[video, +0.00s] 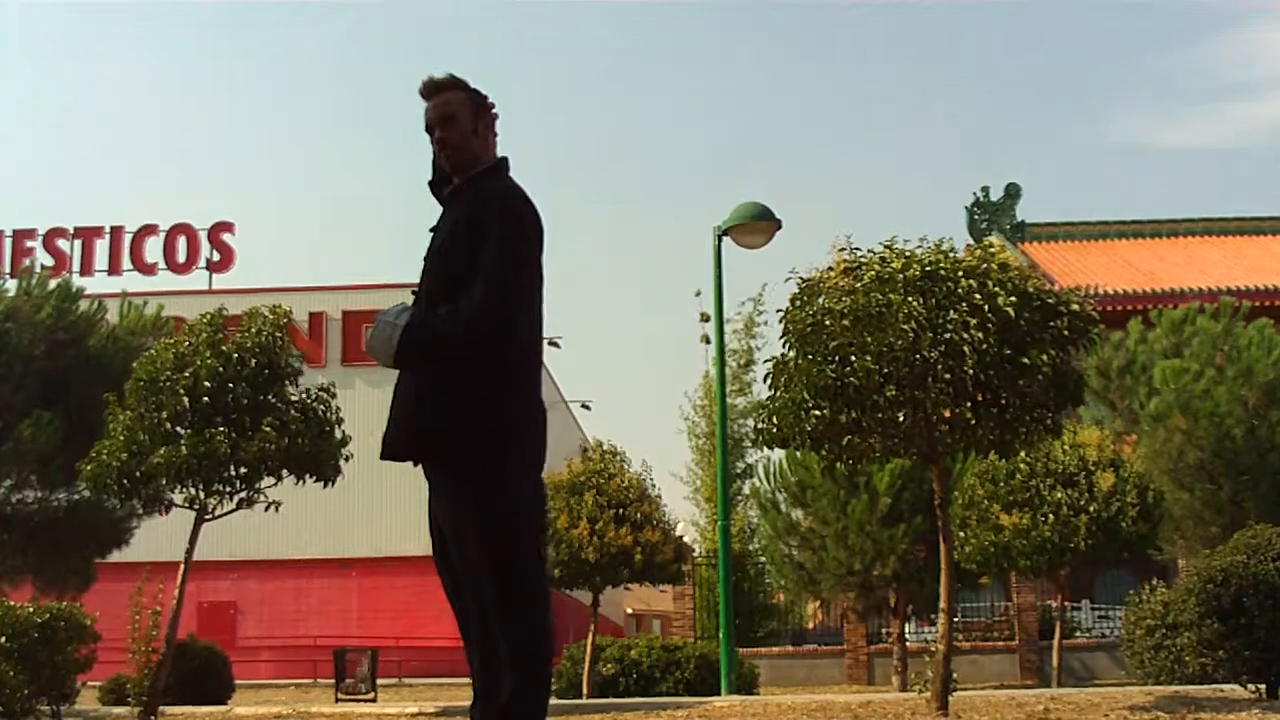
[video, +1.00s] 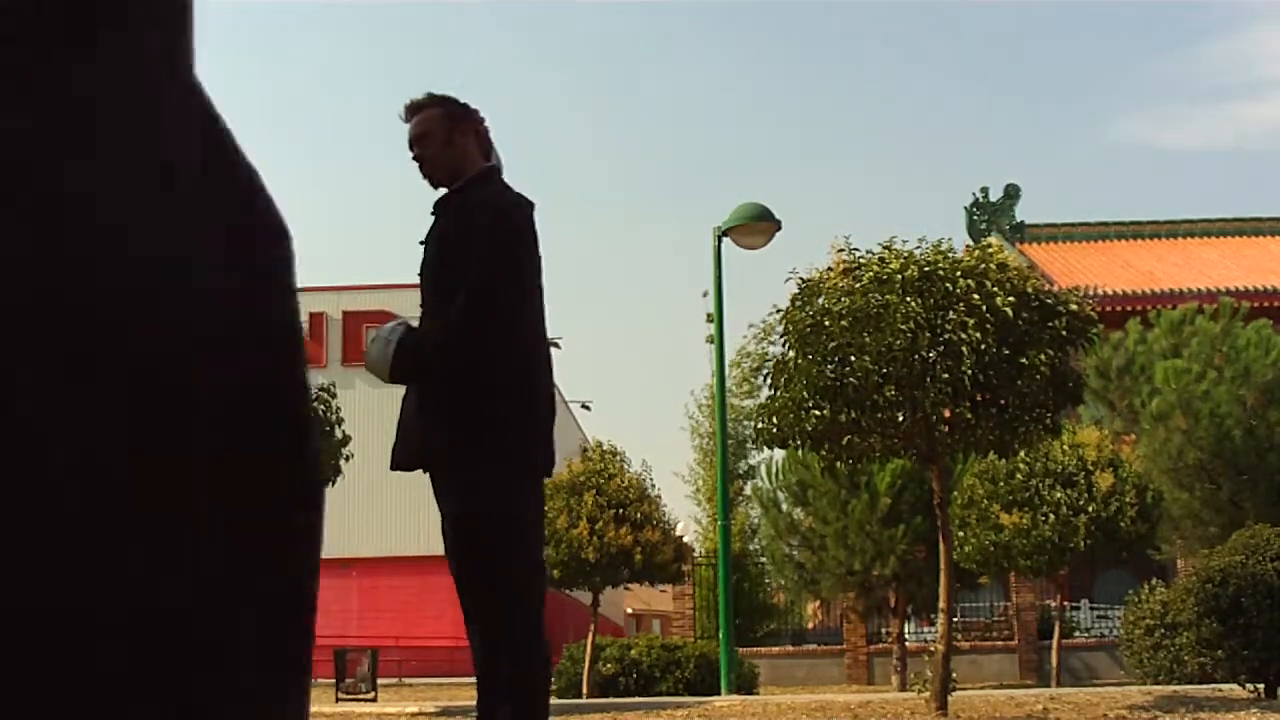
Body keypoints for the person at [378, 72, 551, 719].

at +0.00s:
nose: (438, 136)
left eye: (448, 122)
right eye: (431, 128)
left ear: (488, 121)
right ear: (431, 137)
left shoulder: (502, 204)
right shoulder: (463, 211)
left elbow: (490, 323)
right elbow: (463, 313)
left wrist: (404, 334)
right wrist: (406, 324)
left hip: (493, 432)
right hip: (459, 433)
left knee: (503, 574)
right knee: (465, 572)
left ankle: (515, 707)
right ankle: (493, 702)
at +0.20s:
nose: (437, 137)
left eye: (447, 123)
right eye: (430, 129)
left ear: (487, 121)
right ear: (429, 138)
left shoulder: (501, 205)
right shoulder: (464, 211)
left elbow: (488, 323)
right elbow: (465, 316)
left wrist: (404, 335)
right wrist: (407, 327)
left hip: (491, 432)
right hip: (461, 431)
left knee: (501, 574)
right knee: (468, 572)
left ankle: (518, 707)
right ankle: (498, 702)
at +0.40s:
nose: (434, 139)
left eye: (445, 124)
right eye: (428, 130)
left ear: (485, 122)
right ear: (429, 139)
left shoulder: (499, 205)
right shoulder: (467, 210)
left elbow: (486, 324)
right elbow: (465, 316)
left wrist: (404, 339)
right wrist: (408, 326)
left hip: (487, 430)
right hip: (462, 429)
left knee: (500, 571)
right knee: (470, 570)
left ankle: (514, 706)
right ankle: (498, 702)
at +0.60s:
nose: (435, 140)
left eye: (445, 125)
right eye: (427, 132)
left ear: (483, 123)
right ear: (425, 141)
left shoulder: (500, 206)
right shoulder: (467, 211)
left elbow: (486, 325)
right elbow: (466, 318)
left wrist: (403, 339)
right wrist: (407, 329)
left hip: (489, 434)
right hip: (463, 434)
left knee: (502, 579)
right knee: (472, 578)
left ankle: (517, 709)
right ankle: (497, 705)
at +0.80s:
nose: (426, 146)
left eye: (436, 131)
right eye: (420, 138)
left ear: (480, 126)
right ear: (426, 145)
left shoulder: (497, 207)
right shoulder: (467, 211)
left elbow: (483, 327)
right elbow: (467, 323)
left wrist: (403, 343)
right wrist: (408, 335)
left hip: (490, 437)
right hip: (466, 437)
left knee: (500, 583)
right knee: (476, 582)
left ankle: (514, 709)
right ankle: (502, 706)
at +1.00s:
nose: (417, 159)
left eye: (424, 144)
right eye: (413, 149)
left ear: (472, 132)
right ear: (469, 139)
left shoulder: (474, 213)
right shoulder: (498, 208)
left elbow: (459, 343)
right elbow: (475, 337)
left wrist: (395, 348)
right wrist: (409, 339)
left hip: (480, 447)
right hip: (501, 442)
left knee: (497, 609)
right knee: (505, 607)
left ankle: (507, 711)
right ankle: (512, 711)